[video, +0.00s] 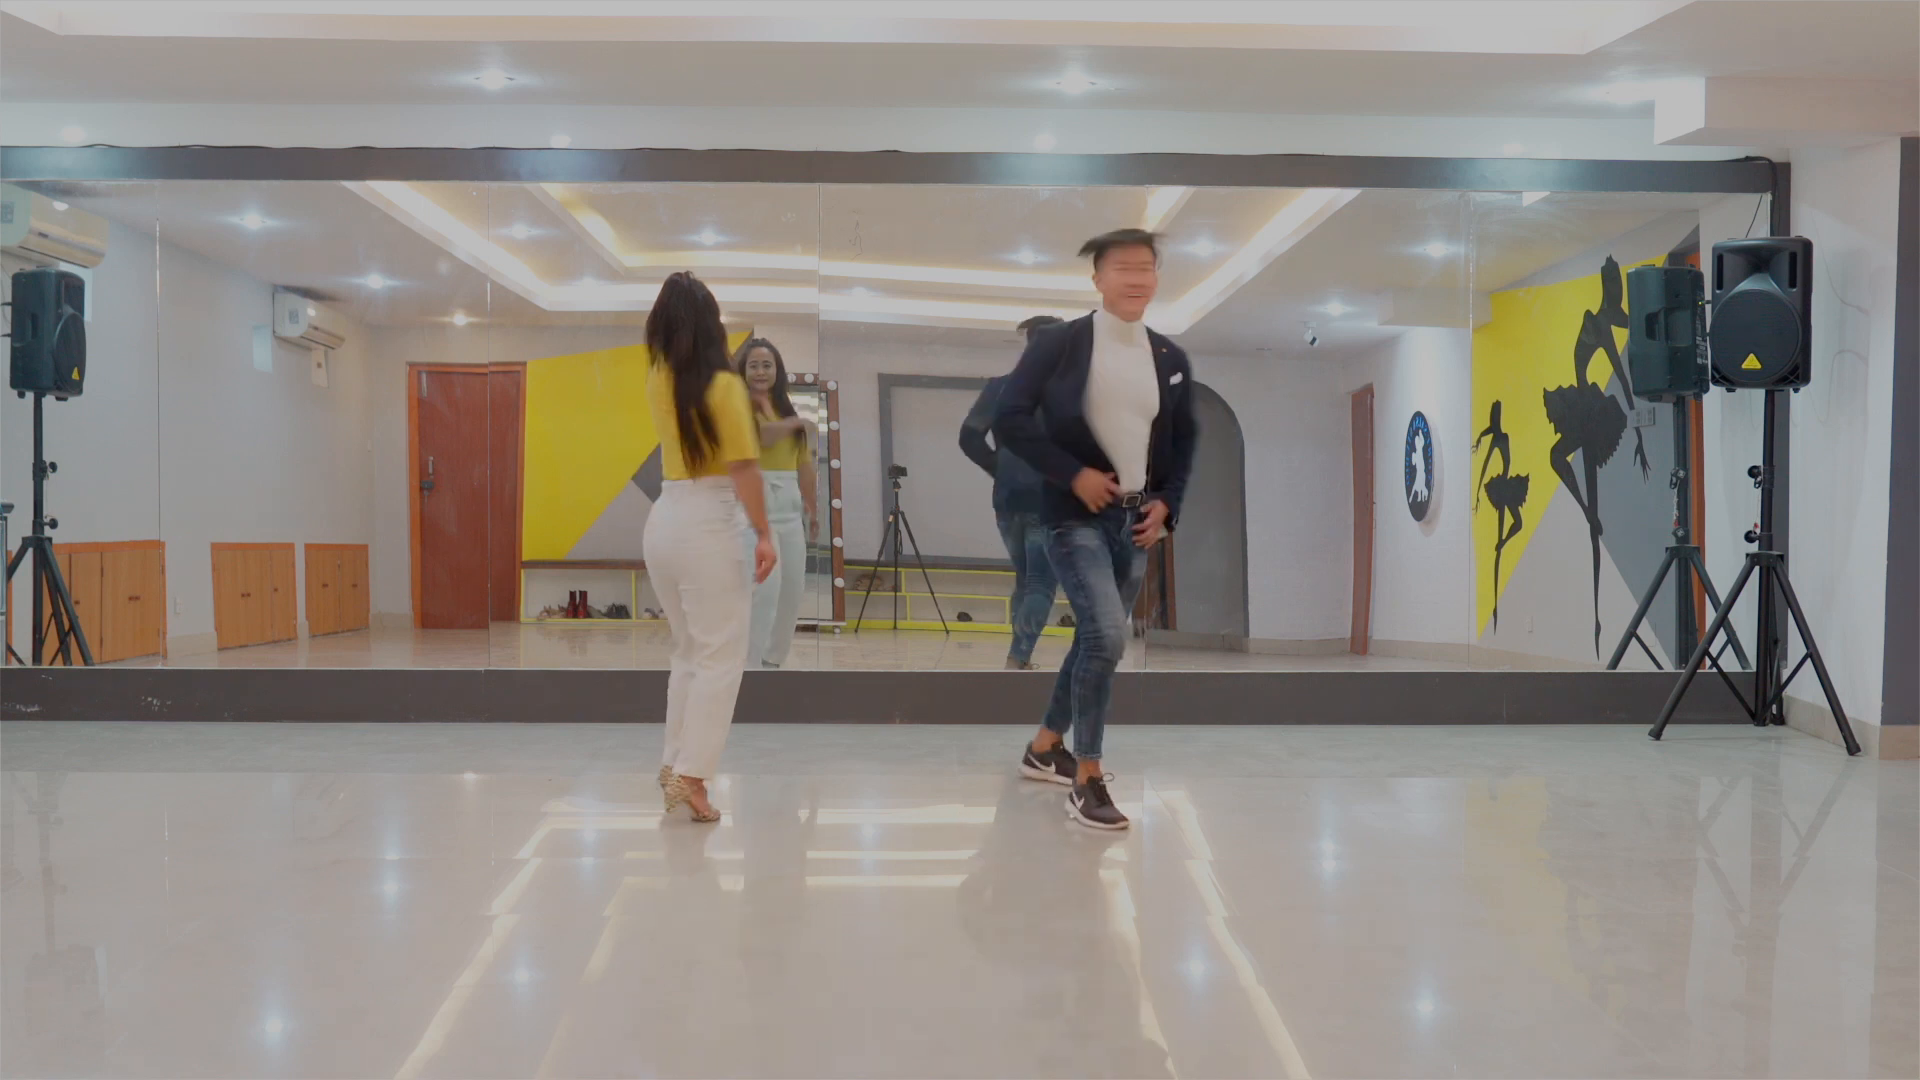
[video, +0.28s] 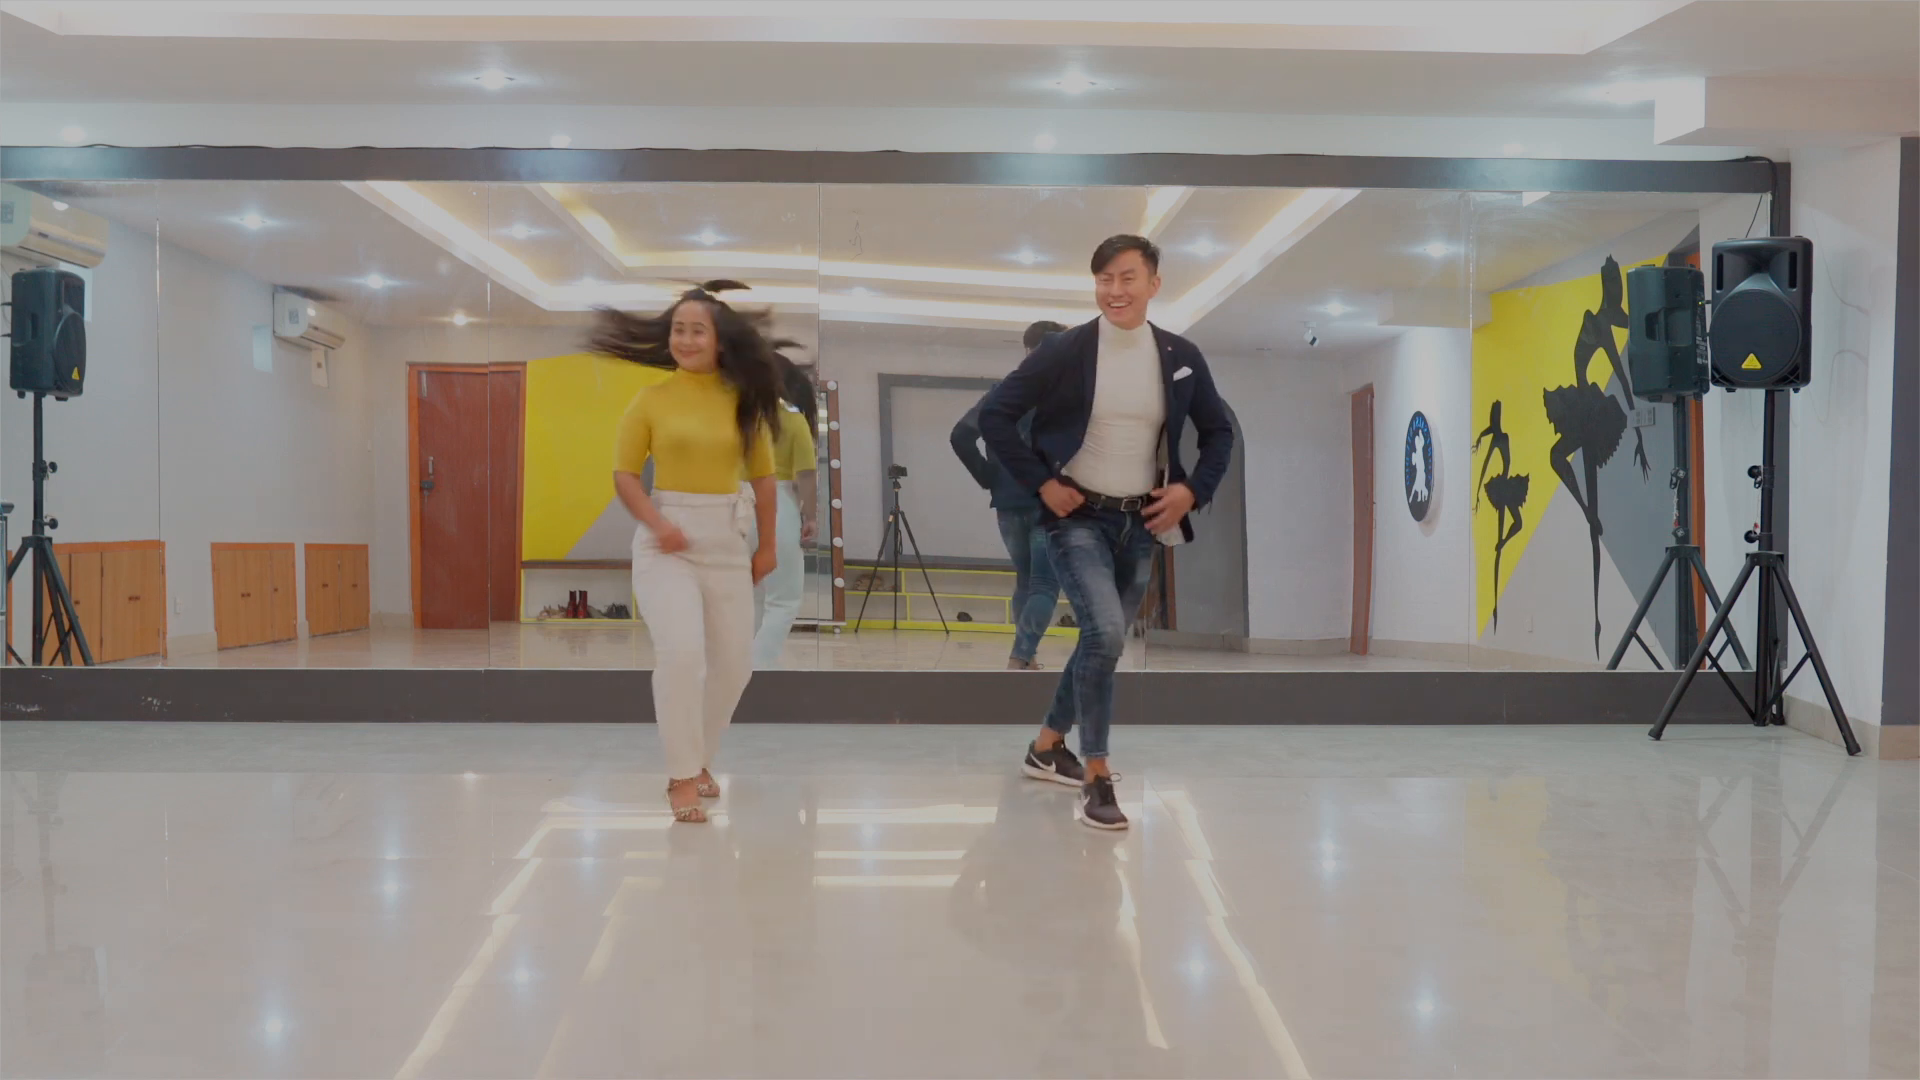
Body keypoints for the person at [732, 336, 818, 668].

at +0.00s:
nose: (761, 371)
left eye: (767, 365)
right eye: (753, 365)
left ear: (778, 372)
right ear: (741, 371)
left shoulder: (789, 411)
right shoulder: (738, 411)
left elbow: (805, 466)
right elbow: (752, 440)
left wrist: (812, 510)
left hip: (789, 510)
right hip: (752, 510)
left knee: (792, 589)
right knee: (764, 587)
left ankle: (773, 662)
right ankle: (751, 666)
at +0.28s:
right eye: (787, 379)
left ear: (751, 380)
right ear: (784, 381)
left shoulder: (738, 414)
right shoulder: (792, 419)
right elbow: (805, 474)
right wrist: (809, 516)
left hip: (738, 505)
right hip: (777, 503)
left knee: (749, 595)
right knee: (784, 597)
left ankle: (752, 671)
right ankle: (759, 670)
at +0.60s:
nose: (794, 385)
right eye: (790, 380)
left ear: (751, 383)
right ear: (785, 384)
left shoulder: (740, 418)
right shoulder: (788, 421)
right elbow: (803, 473)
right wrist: (811, 514)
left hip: (741, 505)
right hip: (780, 503)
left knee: (751, 593)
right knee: (781, 597)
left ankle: (756, 668)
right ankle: (756, 674)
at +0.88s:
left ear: (750, 383)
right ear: (785, 384)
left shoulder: (738, 420)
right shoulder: (788, 422)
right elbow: (805, 471)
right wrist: (810, 509)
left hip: (743, 507)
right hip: (783, 504)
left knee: (752, 596)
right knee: (784, 599)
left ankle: (748, 671)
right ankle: (760, 674)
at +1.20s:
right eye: (795, 377)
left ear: (756, 384)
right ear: (790, 381)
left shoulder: (745, 419)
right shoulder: (795, 422)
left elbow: (739, 475)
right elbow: (804, 479)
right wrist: (811, 521)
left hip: (745, 510)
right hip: (783, 508)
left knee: (753, 597)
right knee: (784, 601)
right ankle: (758, 674)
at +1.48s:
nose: (760, 372)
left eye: (763, 366)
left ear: (770, 369)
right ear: (794, 368)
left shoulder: (787, 402)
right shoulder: (788, 403)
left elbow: (802, 448)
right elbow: (802, 448)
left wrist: (796, 488)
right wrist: (798, 489)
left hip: (774, 487)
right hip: (776, 486)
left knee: (787, 565)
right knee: (778, 568)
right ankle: (761, 652)